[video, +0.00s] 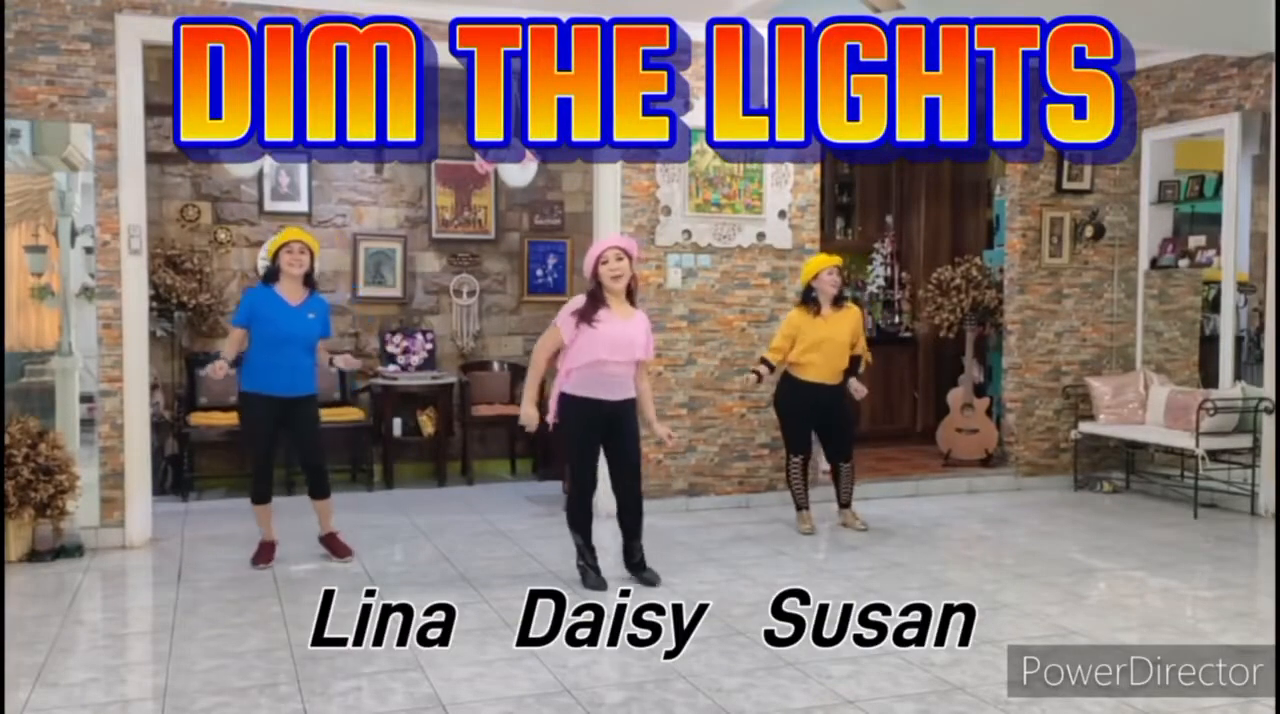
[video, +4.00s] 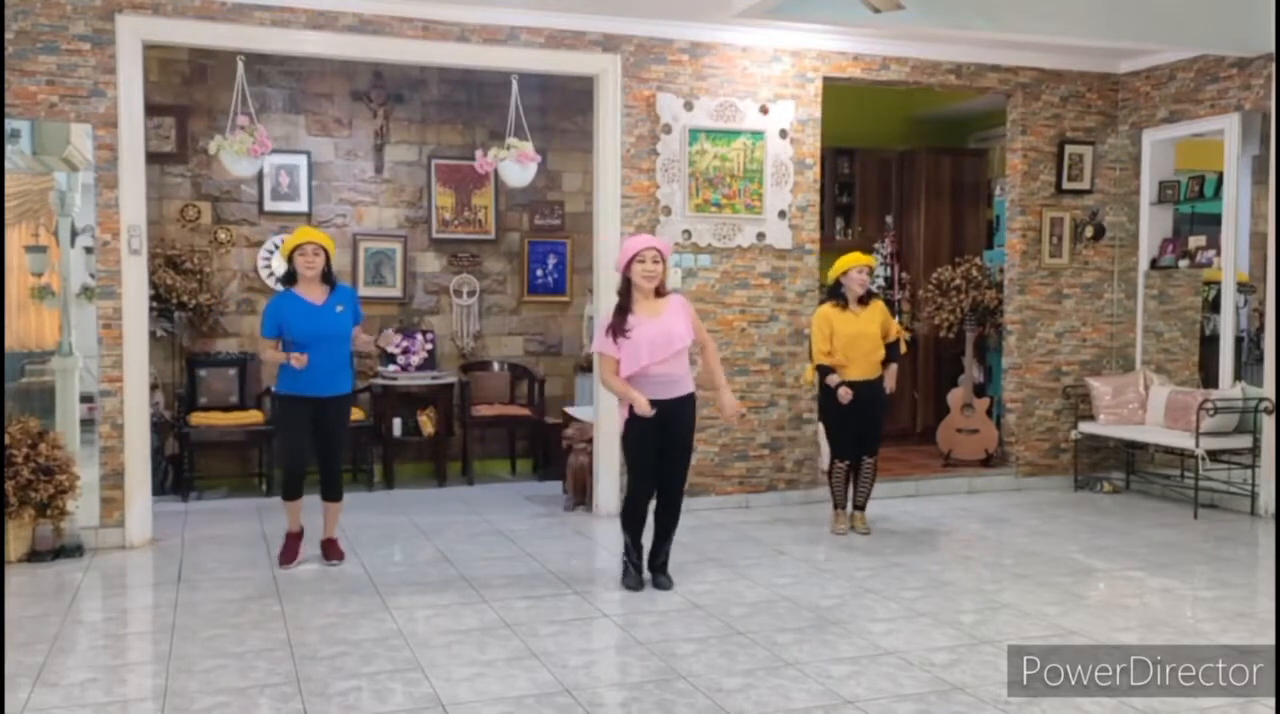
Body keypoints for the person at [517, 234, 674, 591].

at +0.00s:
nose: (614, 267)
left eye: (620, 260)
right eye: (606, 262)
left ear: (631, 269)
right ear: (595, 272)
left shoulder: (639, 319)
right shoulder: (579, 309)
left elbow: (642, 375)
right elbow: (542, 350)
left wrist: (654, 422)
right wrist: (529, 403)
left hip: (622, 410)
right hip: (579, 408)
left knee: (630, 486)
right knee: (582, 486)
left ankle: (635, 559)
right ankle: (586, 561)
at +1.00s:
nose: (627, 263)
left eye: (633, 257)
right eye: (618, 258)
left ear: (642, 265)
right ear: (606, 267)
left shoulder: (661, 304)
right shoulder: (601, 312)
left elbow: (684, 349)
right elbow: (589, 369)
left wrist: (692, 389)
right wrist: (571, 412)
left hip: (657, 403)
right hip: (612, 404)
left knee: (659, 485)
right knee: (603, 483)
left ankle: (662, 561)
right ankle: (591, 557)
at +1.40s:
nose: (647, 262)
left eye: (653, 256)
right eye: (639, 257)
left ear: (662, 265)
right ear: (627, 268)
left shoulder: (681, 304)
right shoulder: (620, 317)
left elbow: (713, 332)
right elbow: (608, 373)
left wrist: (703, 374)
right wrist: (621, 399)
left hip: (677, 404)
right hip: (637, 406)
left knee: (671, 487)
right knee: (639, 487)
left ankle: (665, 560)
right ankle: (642, 557)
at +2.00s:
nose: (640, 262)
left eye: (645, 255)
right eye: (631, 258)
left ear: (656, 263)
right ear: (620, 270)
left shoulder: (668, 312)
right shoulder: (611, 312)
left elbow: (678, 356)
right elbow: (580, 362)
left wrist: (672, 388)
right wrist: (592, 412)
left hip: (654, 406)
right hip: (612, 404)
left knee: (656, 488)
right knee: (601, 486)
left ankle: (662, 562)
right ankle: (588, 561)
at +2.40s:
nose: (619, 269)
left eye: (624, 262)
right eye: (610, 265)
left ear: (635, 271)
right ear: (599, 274)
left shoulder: (645, 321)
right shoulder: (581, 312)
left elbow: (664, 370)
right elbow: (541, 352)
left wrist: (645, 400)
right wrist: (541, 404)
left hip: (620, 411)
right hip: (576, 408)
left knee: (629, 491)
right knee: (579, 489)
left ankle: (634, 561)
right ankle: (584, 563)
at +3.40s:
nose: (627, 266)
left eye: (633, 259)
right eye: (619, 260)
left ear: (643, 266)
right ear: (606, 269)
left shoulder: (663, 302)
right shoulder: (601, 315)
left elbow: (692, 340)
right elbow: (589, 373)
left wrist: (685, 384)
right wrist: (587, 421)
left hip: (658, 406)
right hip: (614, 407)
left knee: (656, 487)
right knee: (604, 484)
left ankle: (657, 563)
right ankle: (590, 559)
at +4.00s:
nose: (650, 268)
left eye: (656, 261)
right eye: (642, 261)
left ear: (665, 268)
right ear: (628, 270)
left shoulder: (680, 305)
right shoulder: (618, 318)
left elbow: (707, 346)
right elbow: (607, 374)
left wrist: (723, 391)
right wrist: (633, 395)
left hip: (680, 406)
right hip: (641, 410)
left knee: (673, 490)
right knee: (641, 488)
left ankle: (660, 563)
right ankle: (633, 559)